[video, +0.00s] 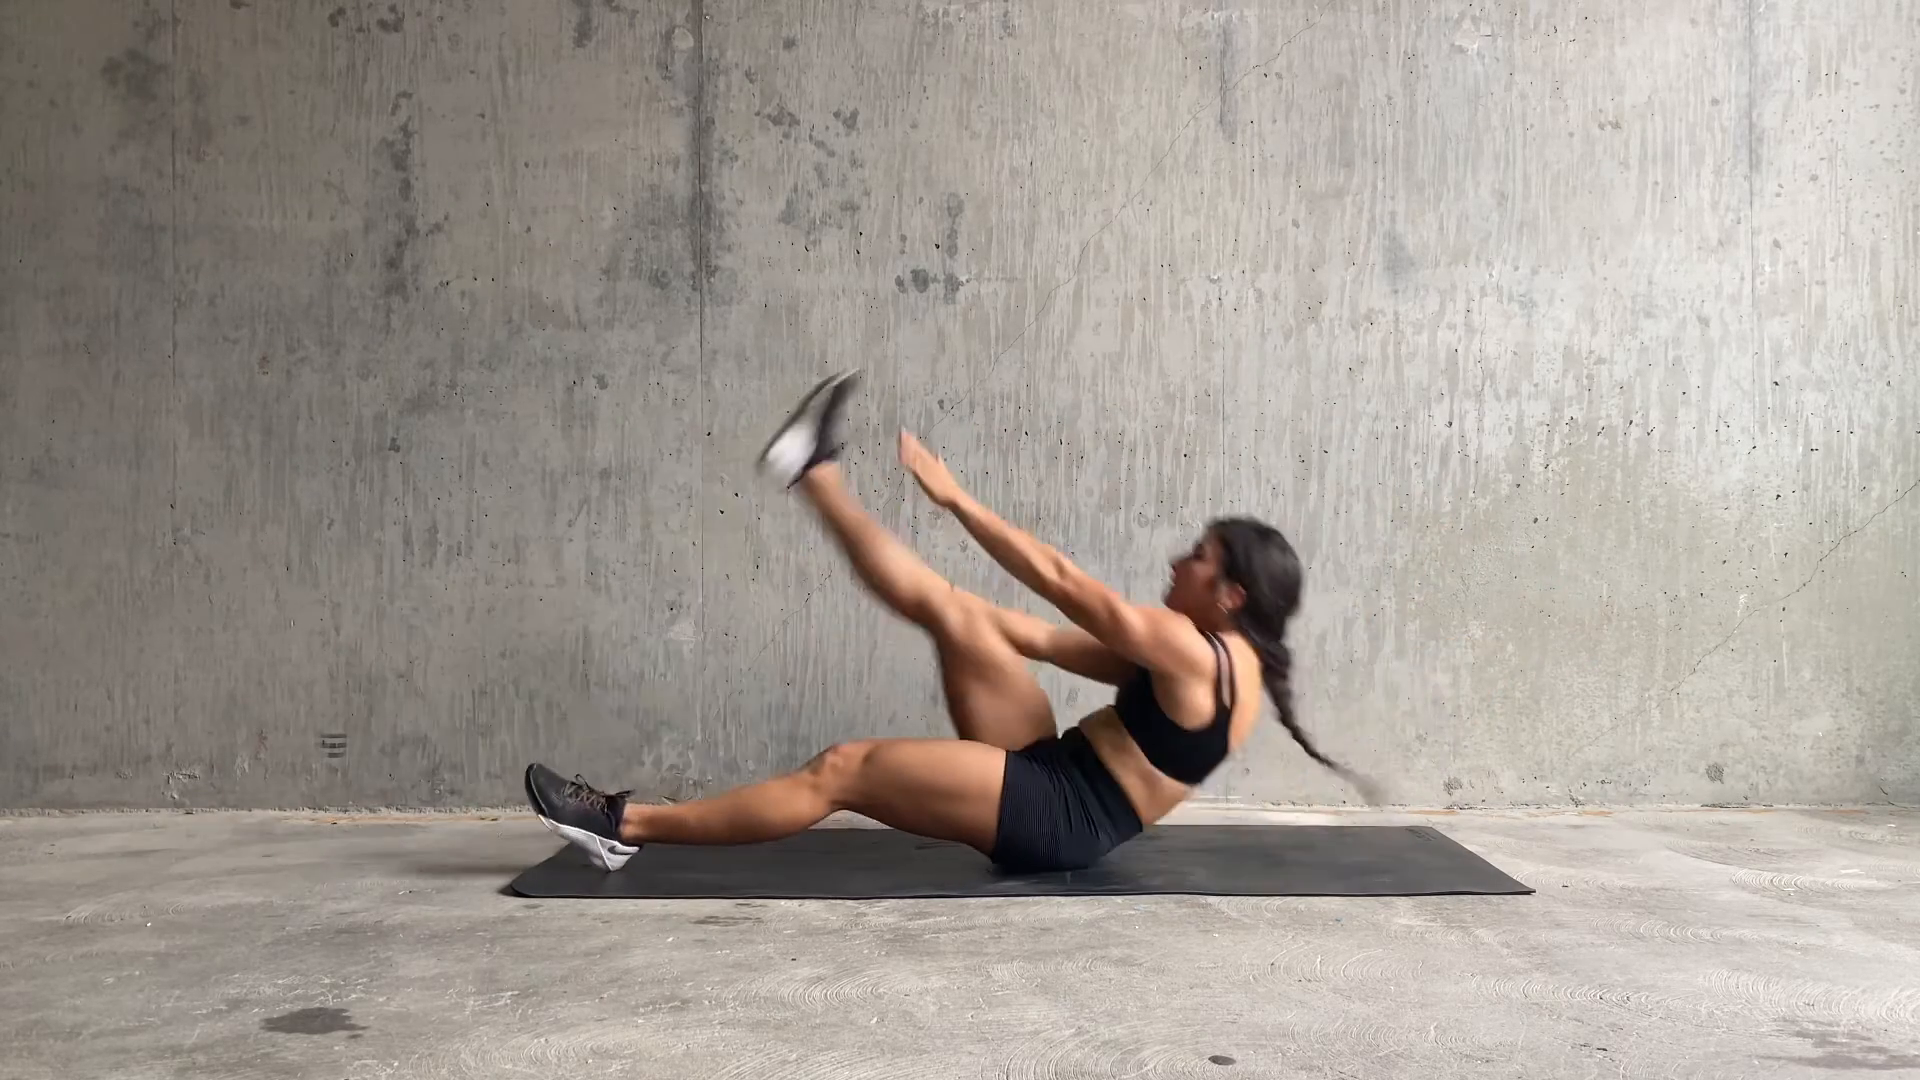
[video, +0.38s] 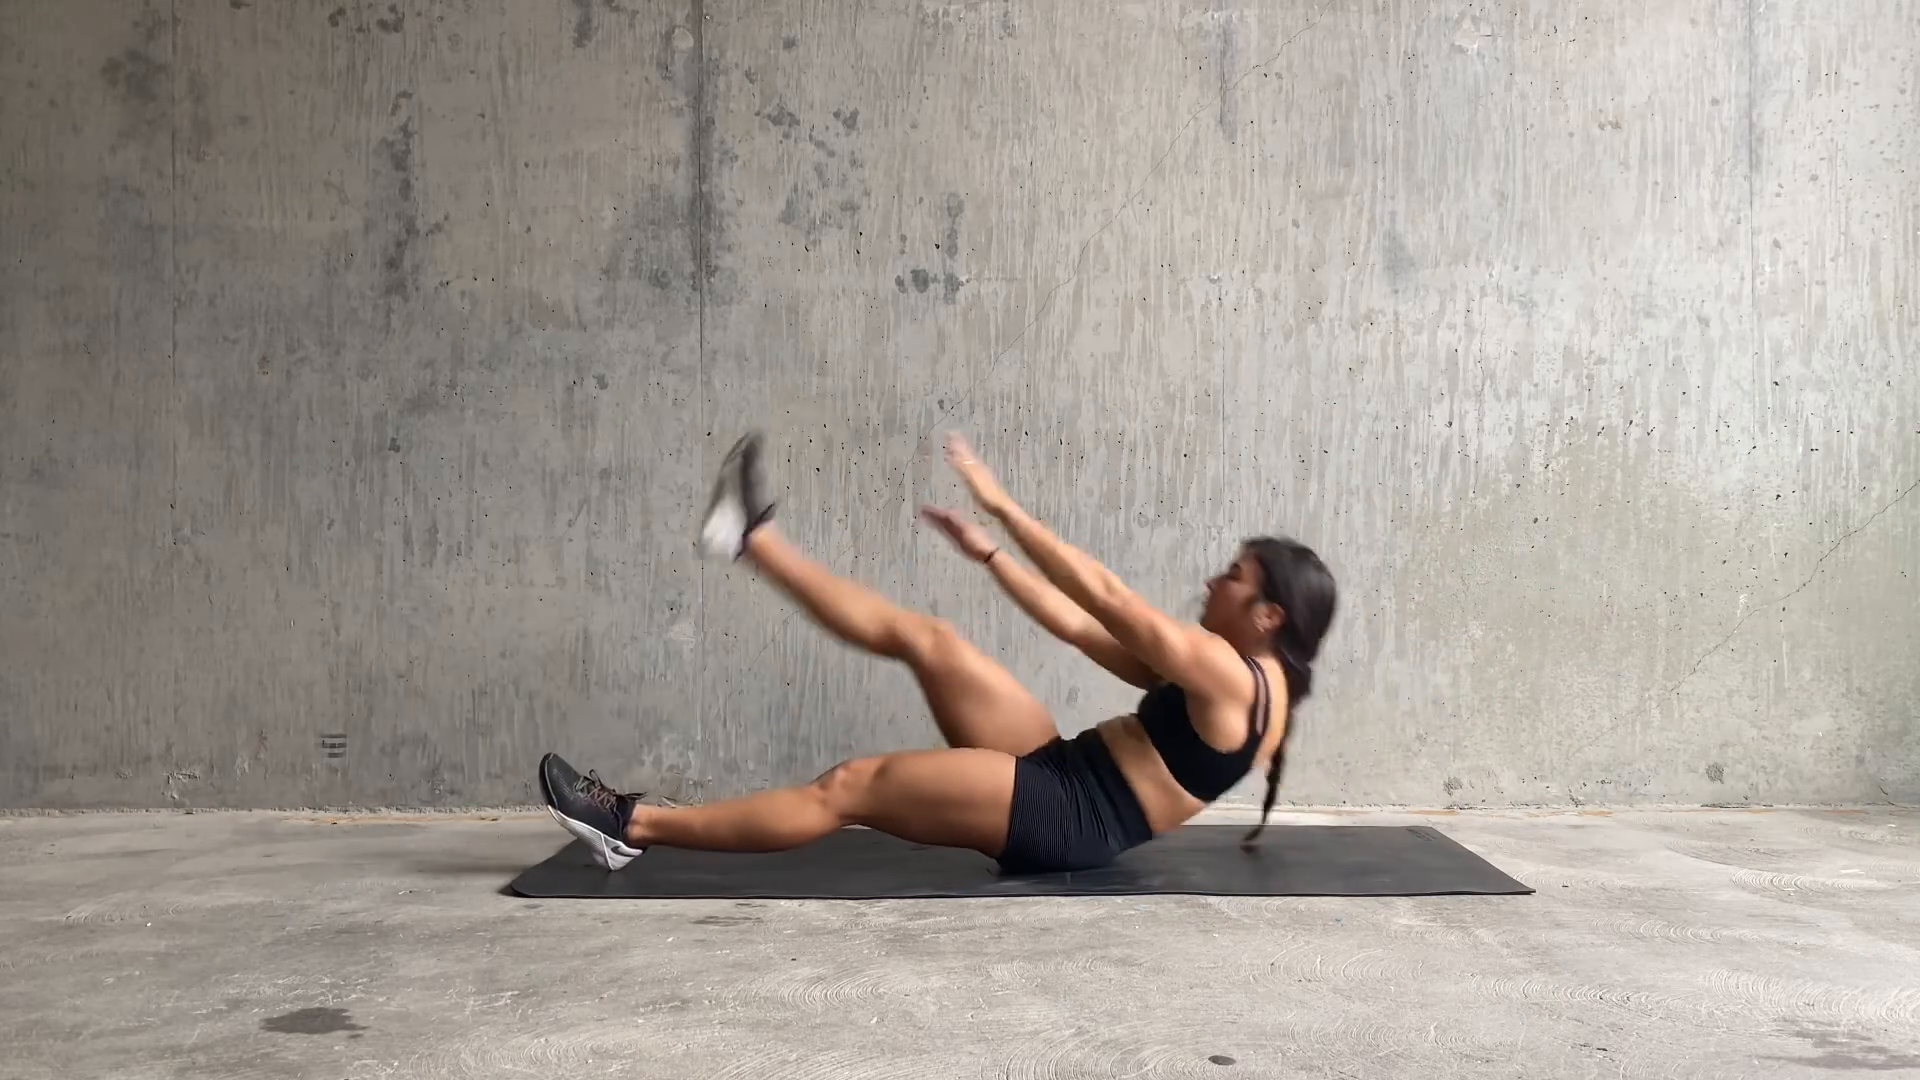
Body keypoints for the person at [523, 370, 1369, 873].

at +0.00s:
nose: (1175, 567)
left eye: (1193, 562)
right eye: (1190, 556)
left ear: (1229, 594)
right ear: (1237, 598)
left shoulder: (1189, 654)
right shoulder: (1226, 660)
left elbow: (1053, 581)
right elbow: (1073, 645)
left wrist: (956, 498)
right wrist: (995, 619)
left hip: (1059, 812)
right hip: (1058, 768)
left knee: (843, 772)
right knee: (952, 613)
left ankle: (627, 823)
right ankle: (814, 473)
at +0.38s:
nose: (1214, 582)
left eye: (1231, 577)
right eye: (1225, 569)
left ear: (1268, 613)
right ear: (1266, 614)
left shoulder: (1231, 676)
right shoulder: (1217, 667)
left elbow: (1109, 606)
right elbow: (1085, 629)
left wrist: (1006, 504)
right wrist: (986, 552)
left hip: (1067, 811)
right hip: (1063, 768)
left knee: (850, 789)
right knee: (919, 636)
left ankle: (634, 825)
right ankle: (755, 539)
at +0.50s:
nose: (1243, 620)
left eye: (1263, 619)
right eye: (1255, 610)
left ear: (1298, 654)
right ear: (1290, 647)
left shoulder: (1258, 706)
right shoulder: (1242, 697)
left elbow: (1151, 615)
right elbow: (1119, 627)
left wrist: (1067, 504)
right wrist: (1041, 529)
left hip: (1068, 812)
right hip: (1066, 773)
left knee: (852, 790)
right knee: (893, 674)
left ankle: (635, 827)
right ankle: (701, 610)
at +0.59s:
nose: (1267, 650)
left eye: (1288, 650)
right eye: (1279, 637)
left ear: (1320, 691)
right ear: (1310, 685)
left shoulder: (1282, 743)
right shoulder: (1263, 726)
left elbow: (1203, 624)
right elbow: (1179, 628)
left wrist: (1159, 505)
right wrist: (1146, 508)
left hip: (1073, 814)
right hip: (1066, 768)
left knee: (857, 791)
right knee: (876, 709)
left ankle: (635, 827)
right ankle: (679, 679)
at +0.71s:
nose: (1314, 683)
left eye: (1331, 686)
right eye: (1323, 682)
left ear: (1347, 731)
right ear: (1322, 715)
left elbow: (1315, 652)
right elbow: (1258, 634)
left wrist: (1332, 527)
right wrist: (1294, 525)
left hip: (1072, 812)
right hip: (1067, 774)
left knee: (862, 786)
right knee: (871, 737)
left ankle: (640, 824)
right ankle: (668, 750)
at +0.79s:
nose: (1326, 695)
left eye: (1349, 699)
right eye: (1334, 685)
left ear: (1367, 739)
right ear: (1334, 710)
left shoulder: (1319, 809)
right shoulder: (1293, 769)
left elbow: (1377, 680)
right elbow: (1322, 657)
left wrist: (1434, 567)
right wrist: (1389, 564)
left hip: (1082, 814)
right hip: (1072, 771)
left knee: (867, 787)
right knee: (868, 748)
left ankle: (650, 829)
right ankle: (669, 775)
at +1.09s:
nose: (1328, 697)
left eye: (1350, 697)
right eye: (1335, 684)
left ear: (1371, 735)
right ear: (1337, 709)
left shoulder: (1326, 813)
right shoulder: (1306, 779)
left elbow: (1391, 682)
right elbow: (1345, 666)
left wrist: (1453, 570)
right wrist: (1417, 584)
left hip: (1089, 808)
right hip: (1090, 781)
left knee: (876, 781)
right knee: (882, 771)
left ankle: (663, 817)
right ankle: (678, 807)